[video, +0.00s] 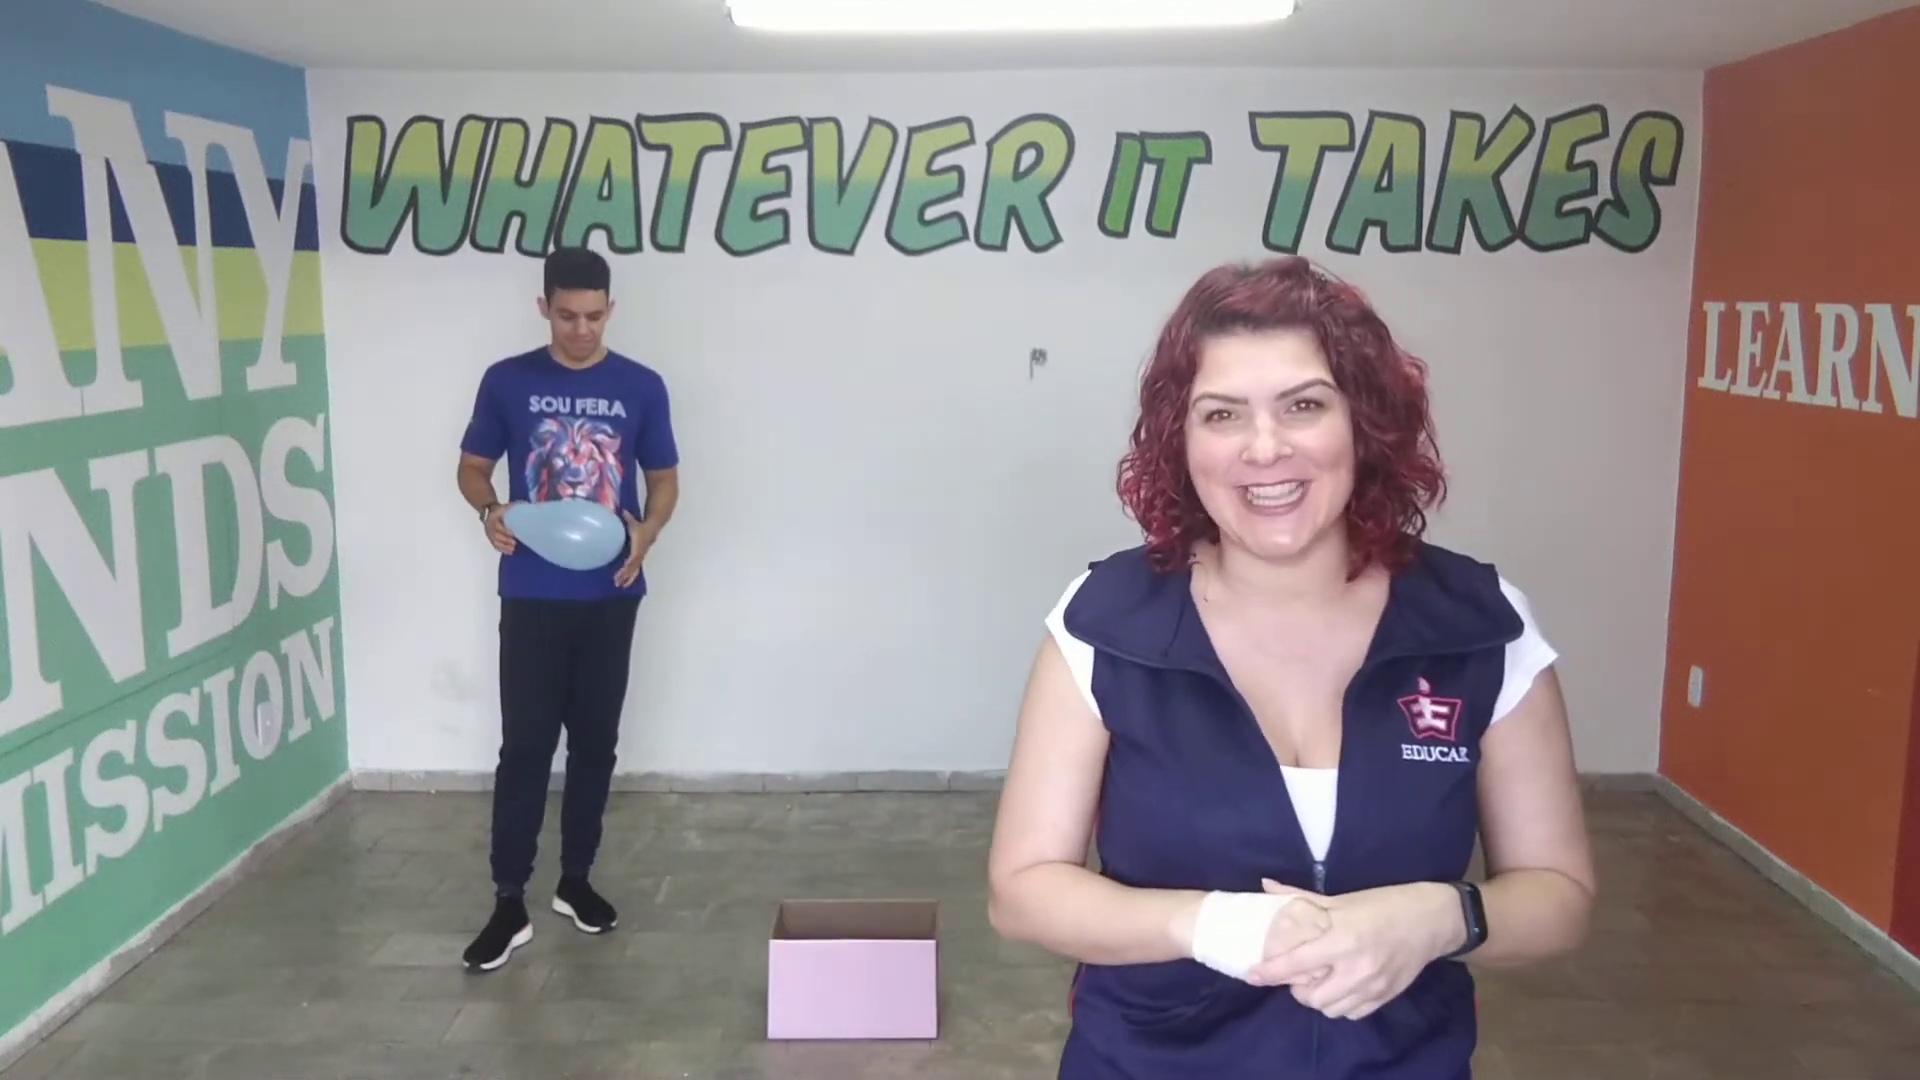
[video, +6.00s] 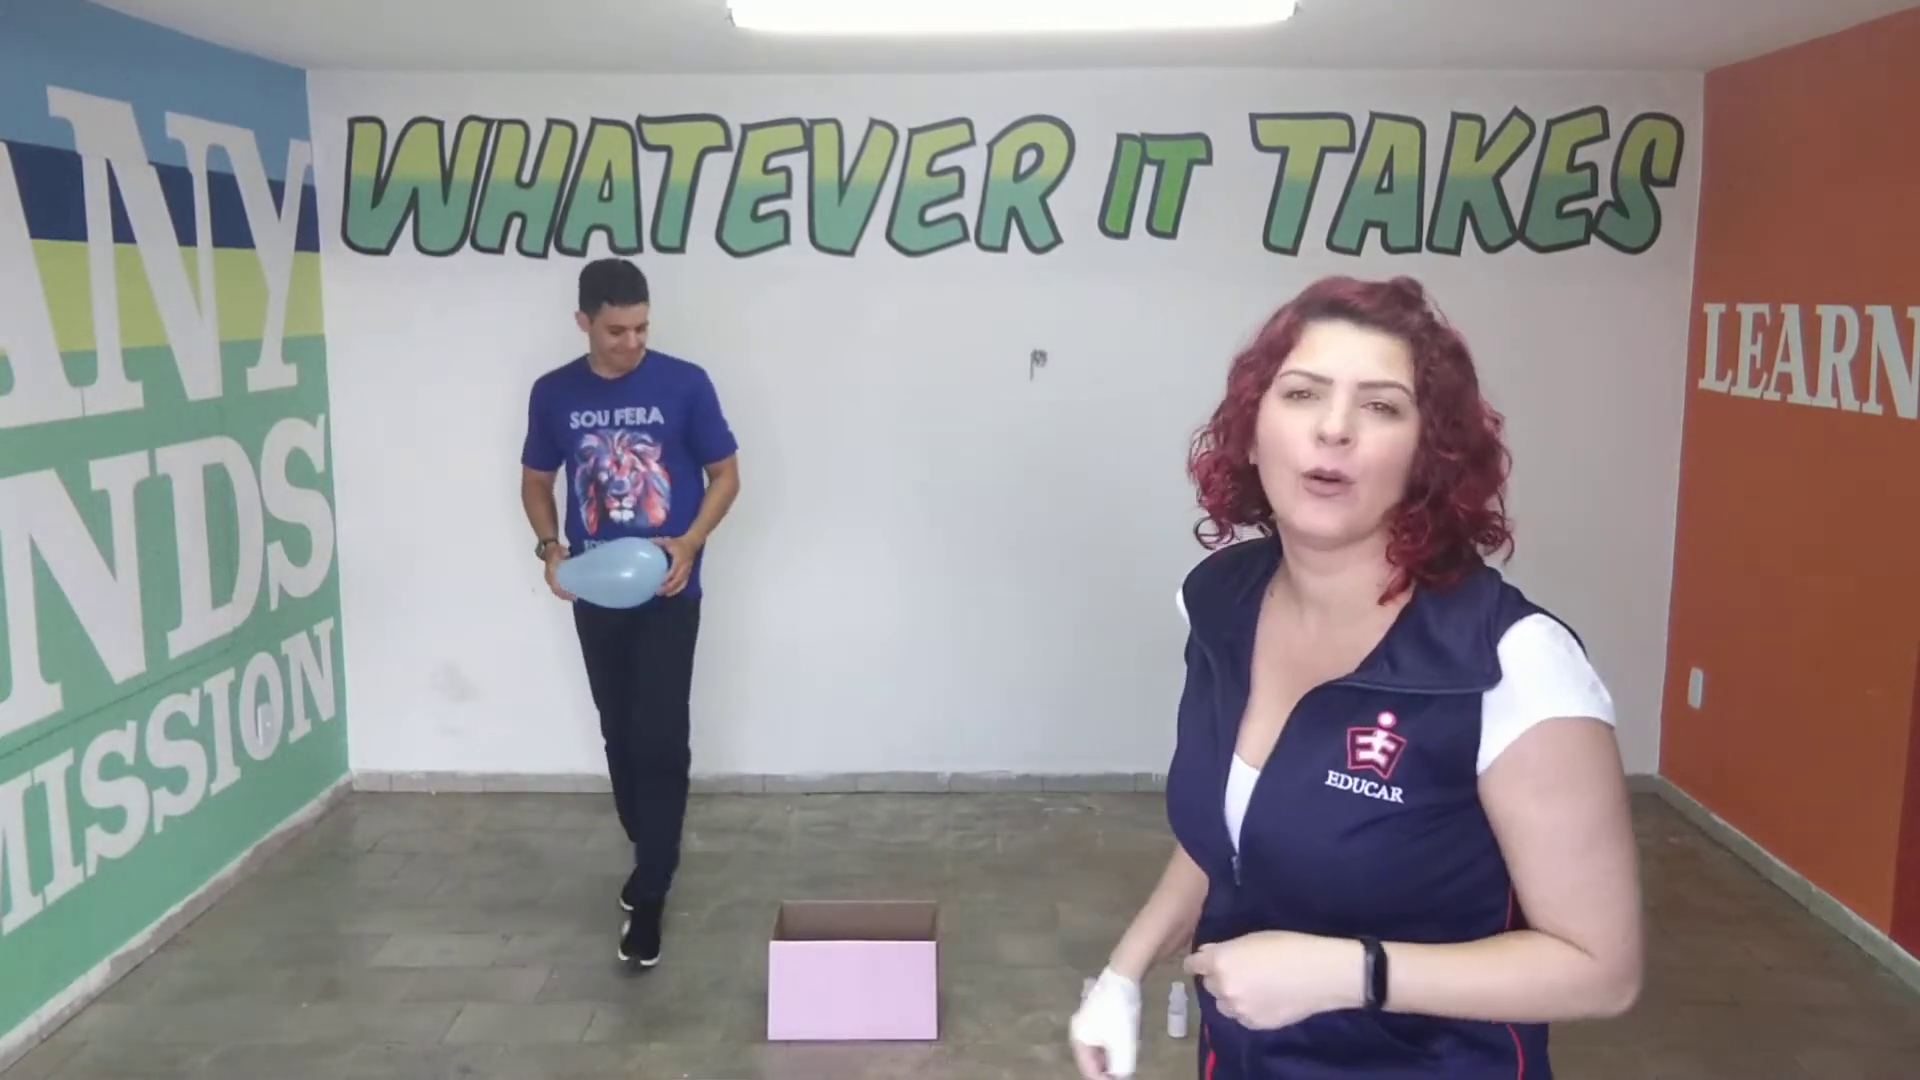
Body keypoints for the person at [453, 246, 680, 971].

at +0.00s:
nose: (581, 327)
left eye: (594, 314)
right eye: (569, 314)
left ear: (610, 313)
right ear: (546, 309)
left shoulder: (642, 389)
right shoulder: (508, 383)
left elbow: (665, 483)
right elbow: (472, 468)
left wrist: (647, 528)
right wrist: (490, 509)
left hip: (609, 598)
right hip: (532, 597)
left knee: (594, 745)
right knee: (526, 747)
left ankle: (574, 882)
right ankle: (510, 901)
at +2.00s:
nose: (574, 327)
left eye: (585, 314)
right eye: (560, 315)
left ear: (600, 310)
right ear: (537, 312)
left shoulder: (637, 387)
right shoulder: (502, 385)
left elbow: (666, 480)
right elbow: (470, 475)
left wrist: (642, 531)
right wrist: (489, 515)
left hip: (607, 599)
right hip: (530, 599)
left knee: (594, 746)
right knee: (524, 749)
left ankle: (575, 882)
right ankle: (509, 902)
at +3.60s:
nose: (482, 301)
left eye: (495, 289)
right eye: (469, 289)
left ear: (520, 301)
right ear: (453, 302)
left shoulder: (565, 384)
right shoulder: (425, 388)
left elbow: (602, 483)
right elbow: (396, 503)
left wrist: (572, 533)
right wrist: (396, 459)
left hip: (543, 608)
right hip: (460, 610)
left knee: (559, 750)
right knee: (463, 762)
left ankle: (572, 882)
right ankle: (465, 912)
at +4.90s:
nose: (589, 331)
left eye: (599, 319)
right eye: (578, 315)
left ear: (605, 319)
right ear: (538, 304)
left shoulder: (620, 394)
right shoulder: (475, 383)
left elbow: (643, 495)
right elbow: (435, 476)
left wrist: (616, 553)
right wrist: (466, 531)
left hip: (592, 619)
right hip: (502, 619)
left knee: (604, 770)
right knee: (484, 768)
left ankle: (612, 920)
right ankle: (468, 911)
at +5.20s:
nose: (642, 347)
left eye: (653, 334)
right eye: (633, 330)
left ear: (660, 328)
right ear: (595, 310)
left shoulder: (671, 397)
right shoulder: (529, 375)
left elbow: (696, 499)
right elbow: (484, 464)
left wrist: (660, 565)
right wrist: (501, 533)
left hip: (623, 615)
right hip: (536, 609)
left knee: (618, 770)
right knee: (519, 758)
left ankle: (612, 922)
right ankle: (521, 900)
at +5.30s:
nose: (652, 345)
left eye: (662, 334)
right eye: (643, 329)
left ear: (668, 327)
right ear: (606, 307)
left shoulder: (679, 399)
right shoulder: (538, 374)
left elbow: (705, 500)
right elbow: (496, 462)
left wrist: (673, 560)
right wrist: (511, 533)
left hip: (628, 615)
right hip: (543, 608)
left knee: (622, 765)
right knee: (533, 751)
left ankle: (612, 917)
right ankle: (583, 863)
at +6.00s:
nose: (630, 342)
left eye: (639, 329)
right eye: (616, 331)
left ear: (649, 319)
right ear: (585, 322)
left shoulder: (684, 384)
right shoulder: (554, 394)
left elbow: (726, 475)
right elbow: (536, 484)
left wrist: (693, 540)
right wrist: (551, 541)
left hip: (668, 588)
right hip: (596, 591)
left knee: (660, 734)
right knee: (619, 732)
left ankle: (650, 895)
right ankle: (648, 861)